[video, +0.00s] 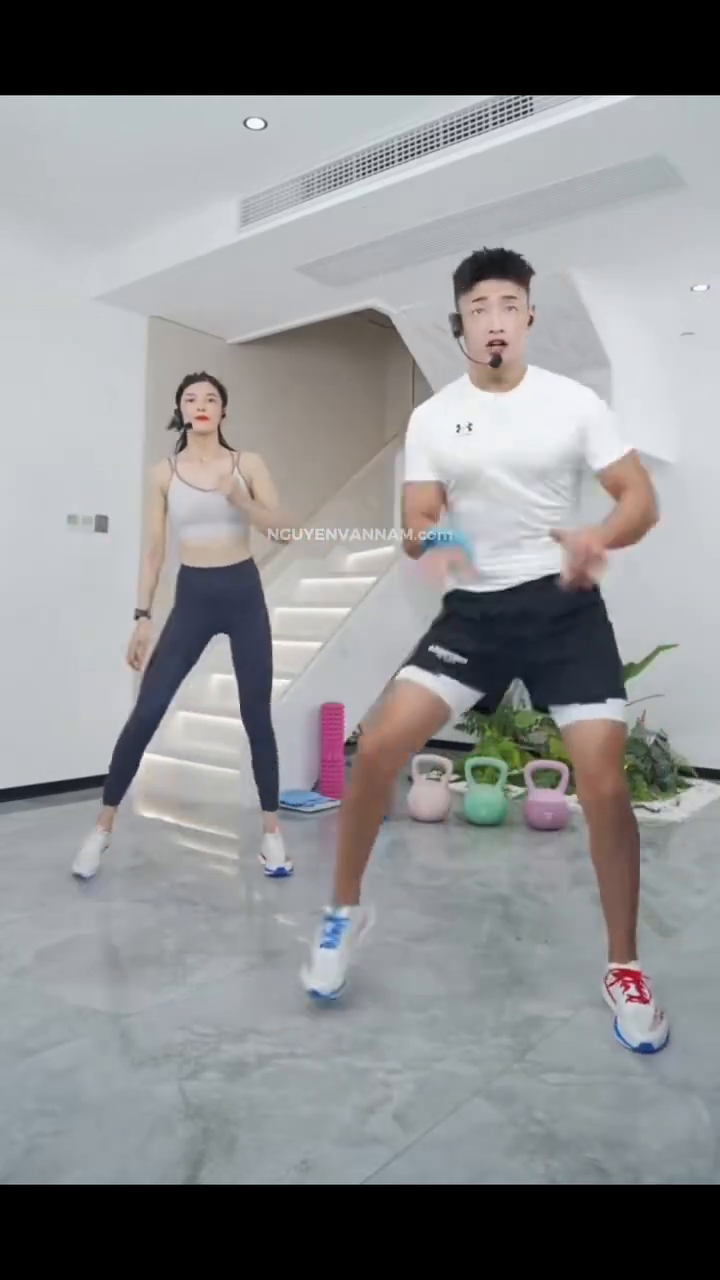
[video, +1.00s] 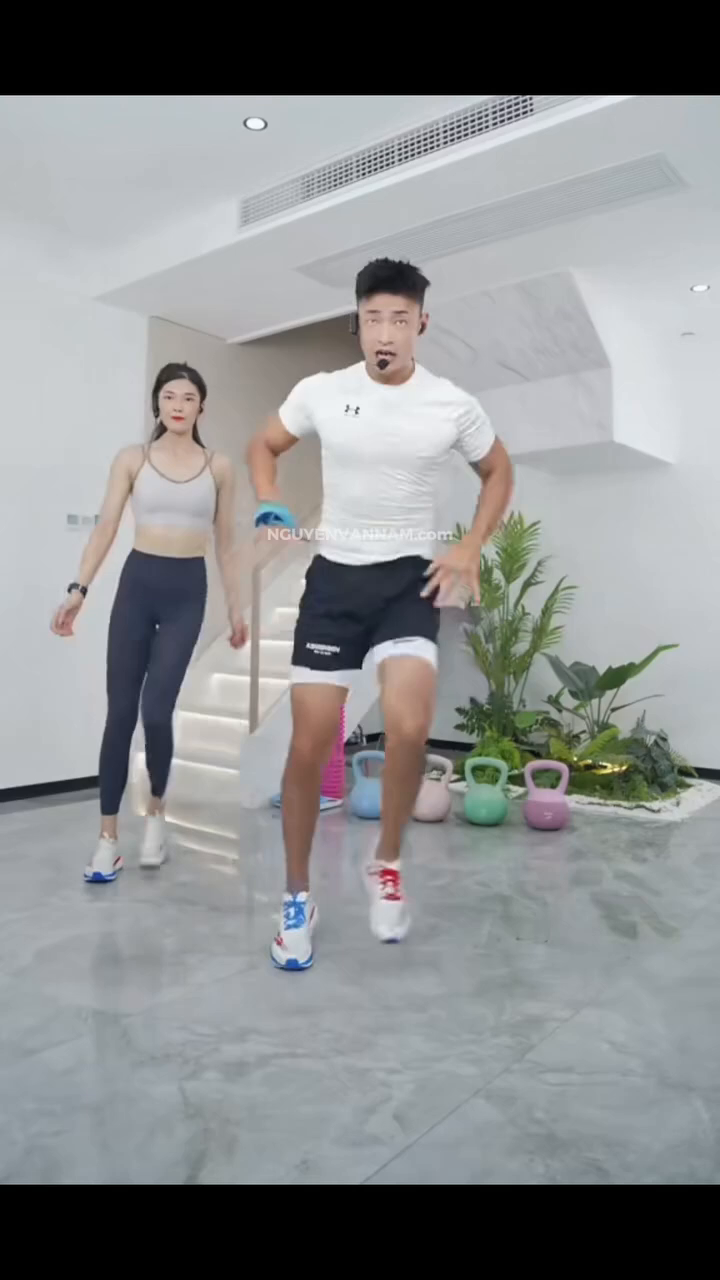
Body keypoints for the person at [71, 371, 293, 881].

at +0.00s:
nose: (201, 406)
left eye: (210, 399)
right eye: (192, 400)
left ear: (223, 410)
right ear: (180, 411)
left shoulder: (247, 463)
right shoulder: (165, 473)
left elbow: (282, 524)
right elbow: (154, 550)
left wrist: (239, 497)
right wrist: (142, 617)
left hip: (245, 598)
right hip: (191, 600)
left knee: (257, 716)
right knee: (147, 712)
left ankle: (272, 830)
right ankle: (103, 825)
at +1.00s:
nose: (179, 405)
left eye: (188, 398)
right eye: (170, 396)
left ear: (202, 406)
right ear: (157, 404)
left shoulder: (218, 467)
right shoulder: (133, 459)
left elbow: (226, 544)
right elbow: (106, 529)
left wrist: (236, 610)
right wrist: (79, 591)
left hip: (188, 594)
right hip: (135, 590)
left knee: (156, 713)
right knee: (121, 714)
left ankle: (155, 813)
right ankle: (108, 835)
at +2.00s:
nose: (253, 410)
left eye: (262, 403)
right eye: (245, 403)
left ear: (276, 414)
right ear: (233, 413)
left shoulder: (295, 469)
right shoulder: (215, 470)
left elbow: (328, 528)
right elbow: (196, 524)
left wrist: (299, 577)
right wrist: (221, 566)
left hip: (280, 593)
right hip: (232, 594)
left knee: (290, 716)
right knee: (201, 713)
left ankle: (298, 823)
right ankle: (243, 811)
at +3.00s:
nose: (200, 418)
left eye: (205, 410)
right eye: (192, 408)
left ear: (208, 415)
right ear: (164, 410)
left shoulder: (215, 466)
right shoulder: (133, 464)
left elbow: (263, 512)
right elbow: (113, 539)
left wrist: (221, 541)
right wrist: (139, 530)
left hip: (193, 599)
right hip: (142, 597)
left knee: (237, 700)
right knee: (113, 710)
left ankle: (239, 794)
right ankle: (94, 826)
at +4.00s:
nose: (243, 415)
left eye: (251, 407)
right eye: (236, 404)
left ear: (257, 412)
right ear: (217, 404)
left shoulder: (262, 463)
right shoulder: (182, 453)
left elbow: (283, 535)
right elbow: (162, 516)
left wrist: (277, 596)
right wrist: (152, 579)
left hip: (231, 588)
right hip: (179, 583)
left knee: (254, 706)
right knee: (145, 701)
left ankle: (290, 818)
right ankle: (108, 817)